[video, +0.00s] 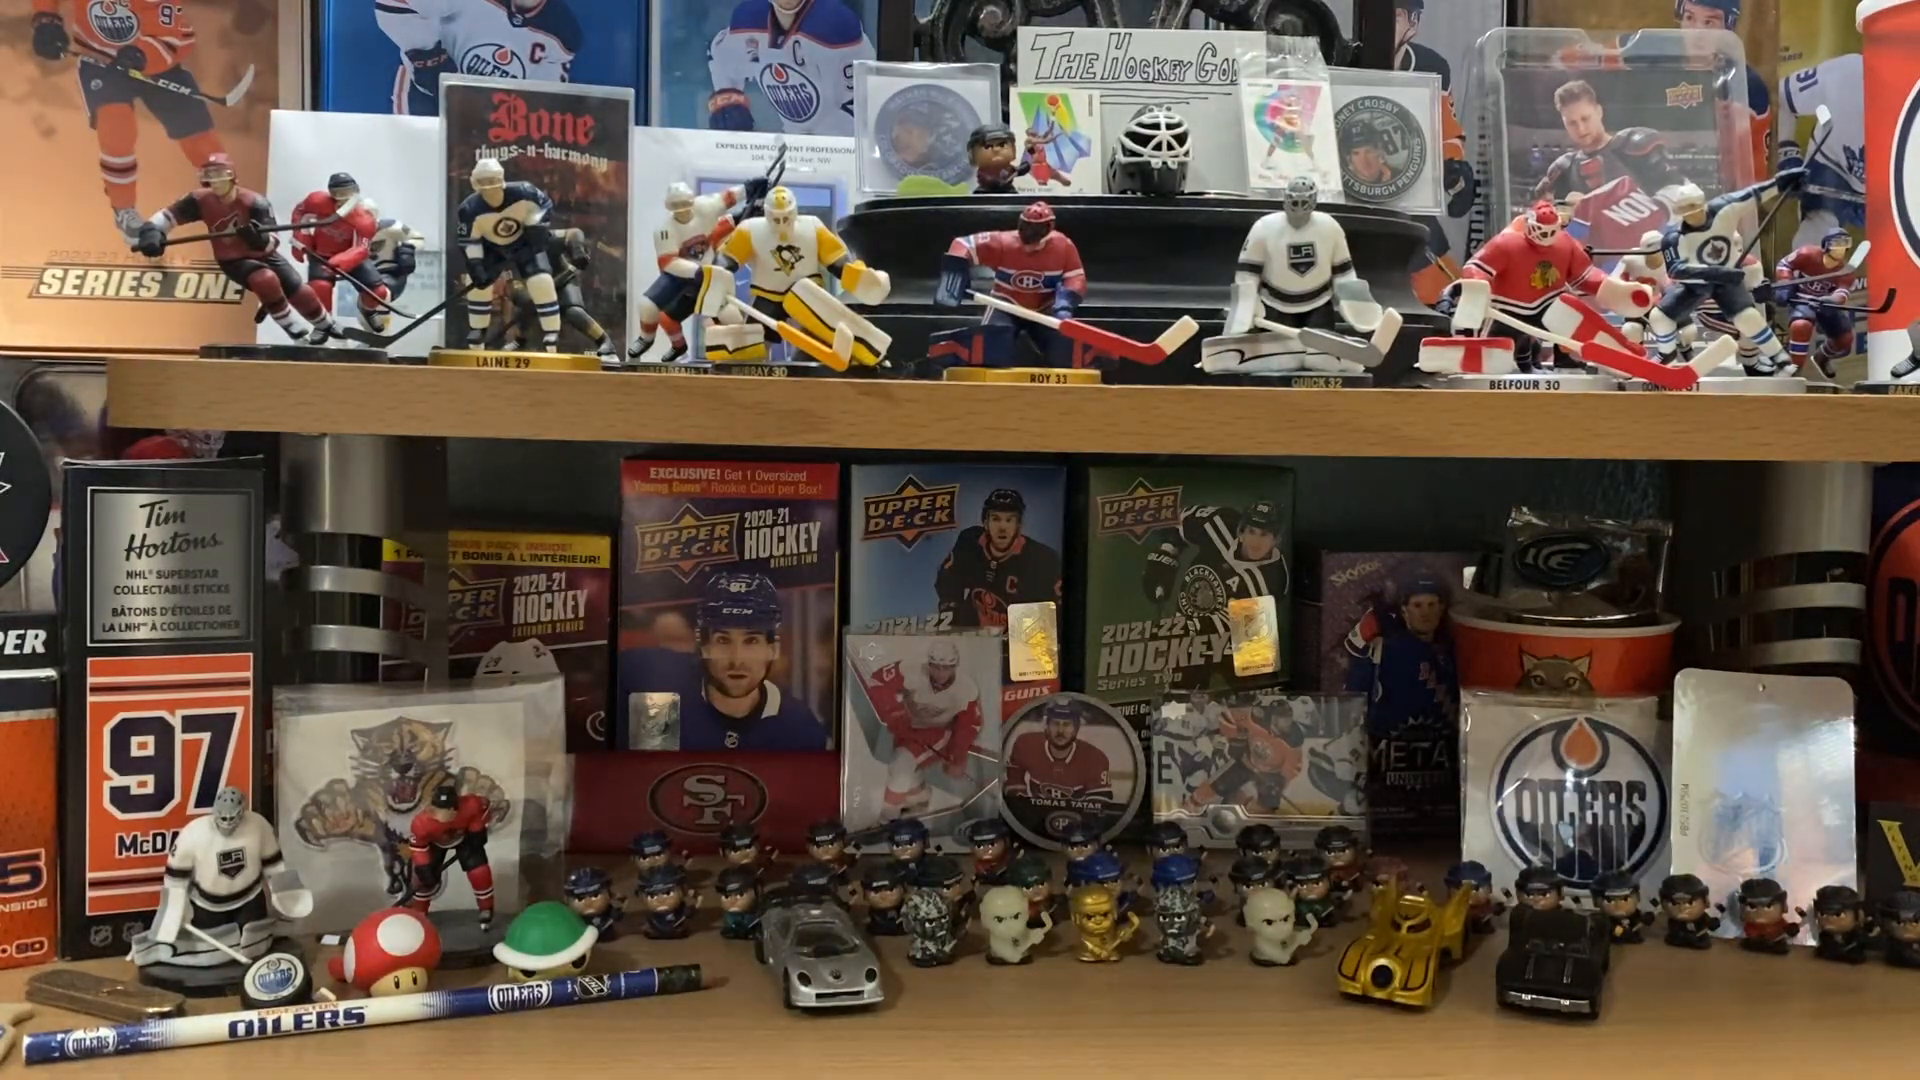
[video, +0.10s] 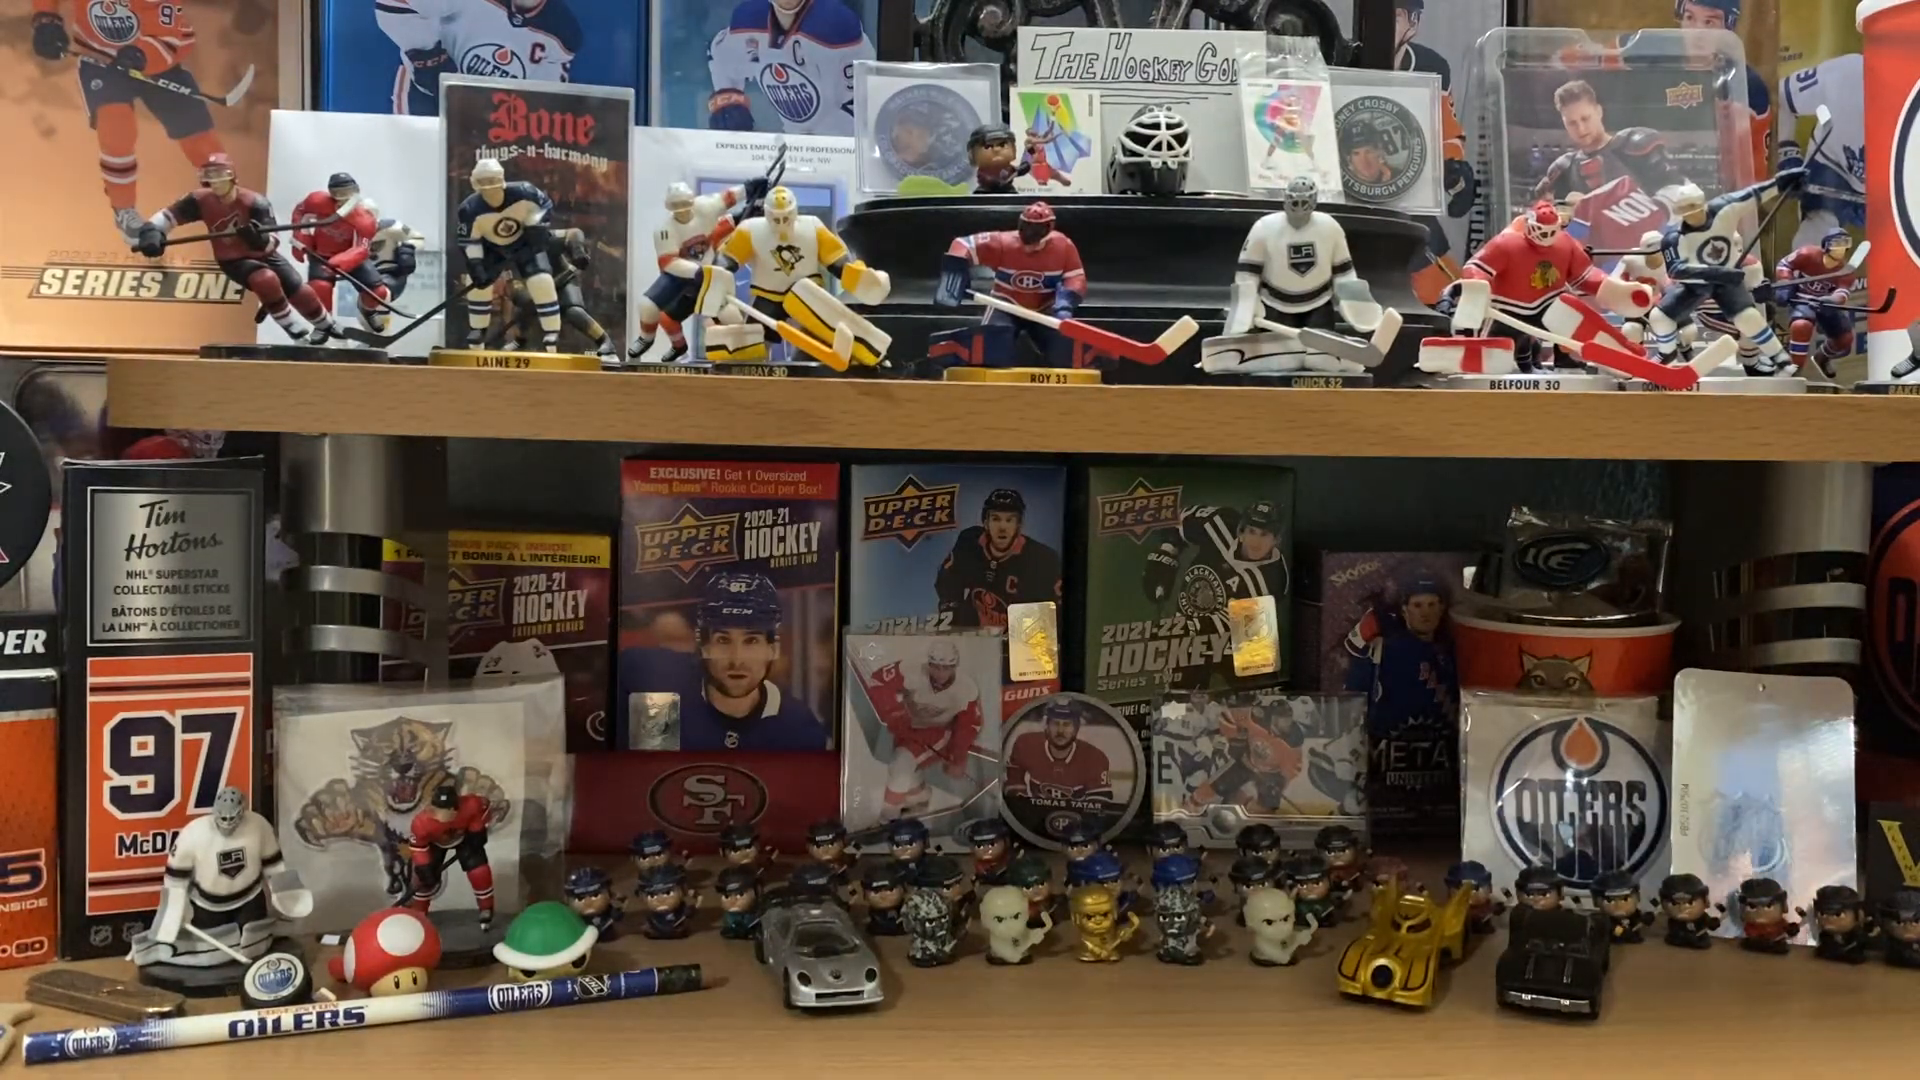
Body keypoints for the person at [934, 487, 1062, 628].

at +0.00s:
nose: (1002, 527)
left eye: (1009, 520)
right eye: (996, 519)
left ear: (1019, 525)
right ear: (985, 523)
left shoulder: (1041, 559)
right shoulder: (968, 543)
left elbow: (1047, 605)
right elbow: (946, 577)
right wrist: (949, 607)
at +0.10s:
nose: (1002, 527)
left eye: (1009, 520)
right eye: (996, 519)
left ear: (1019, 524)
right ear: (985, 522)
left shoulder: (1041, 559)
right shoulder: (968, 542)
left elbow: (1048, 605)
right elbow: (946, 577)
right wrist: (949, 607)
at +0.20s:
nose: (1002, 527)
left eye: (1009, 520)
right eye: (996, 519)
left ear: (1019, 524)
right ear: (985, 522)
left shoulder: (1041, 559)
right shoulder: (968, 542)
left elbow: (1048, 605)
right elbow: (946, 578)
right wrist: (949, 607)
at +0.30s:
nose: (1002, 527)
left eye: (1009, 520)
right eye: (996, 519)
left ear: (1019, 524)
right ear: (985, 522)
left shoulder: (1042, 559)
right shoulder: (969, 542)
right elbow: (946, 577)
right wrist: (949, 607)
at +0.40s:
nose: (1002, 527)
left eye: (1009, 520)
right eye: (996, 519)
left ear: (1019, 524)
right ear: (985, 522)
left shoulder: (1042, 559)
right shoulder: (969, 542)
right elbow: (946, 578)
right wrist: (950, 607)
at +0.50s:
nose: (1002, 527)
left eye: (1009, 520)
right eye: (996, 519)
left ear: (1019, 524)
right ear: (985, 522)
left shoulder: (1042, 559)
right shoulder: (969, 542)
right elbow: (946, 577)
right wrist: (950, 607)